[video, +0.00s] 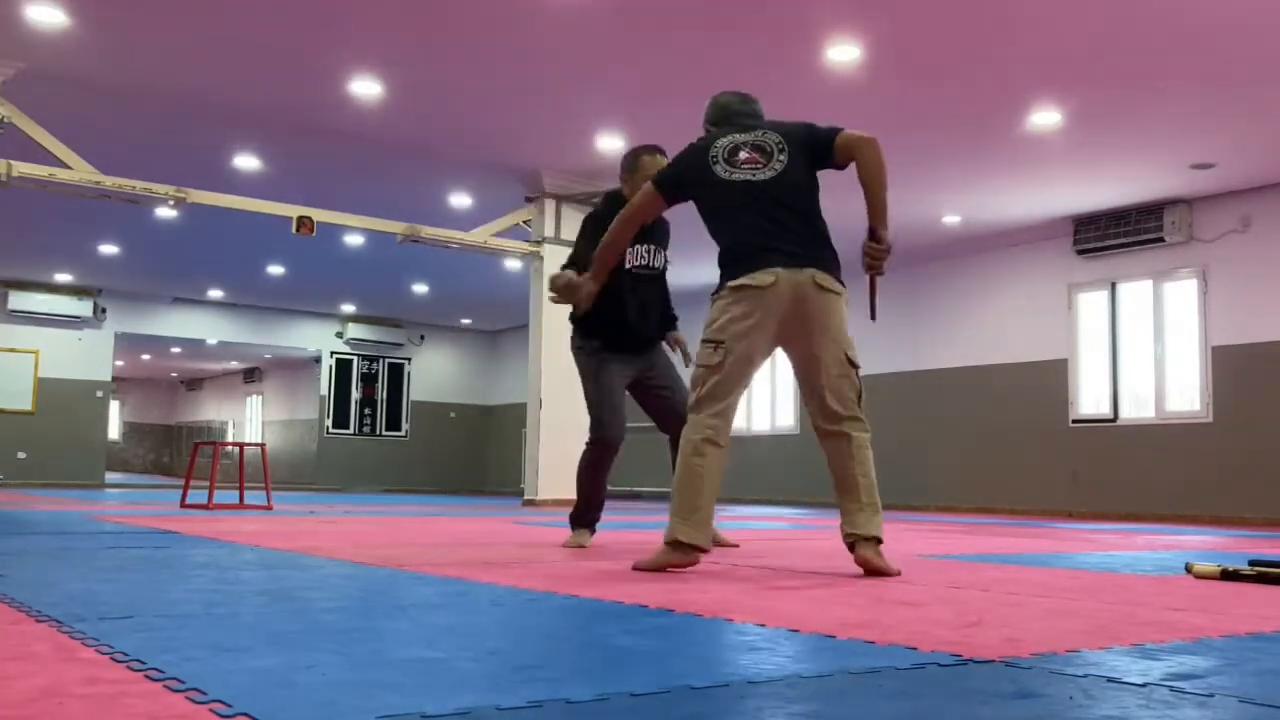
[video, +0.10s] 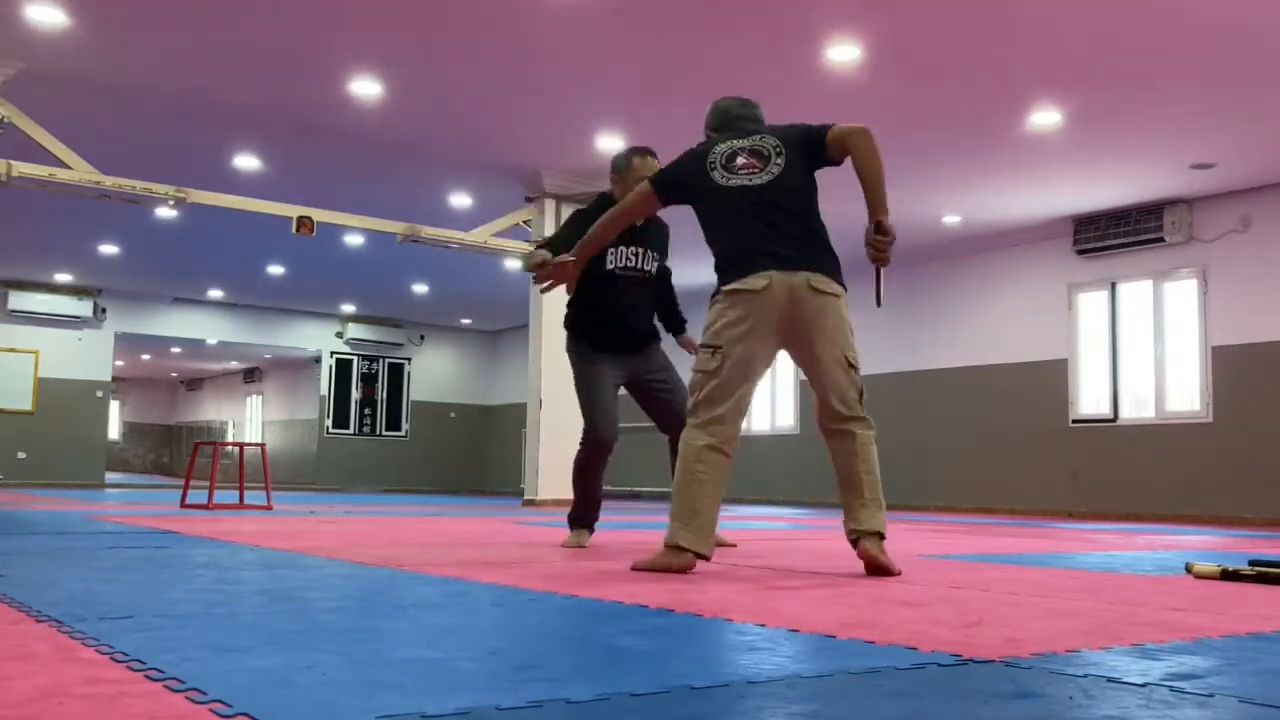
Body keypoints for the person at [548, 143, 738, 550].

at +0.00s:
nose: (661, 186)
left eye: (664, 178)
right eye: (653, 177)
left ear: (664, 181)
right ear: (627, 179)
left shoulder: (659, 226)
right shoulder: (603, 218)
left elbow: (655, 282)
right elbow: (567, 277)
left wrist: (670, 328)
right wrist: (572, 285)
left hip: (646, 348)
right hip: (600, 349)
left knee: (686, 426)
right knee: (608, 435)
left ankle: (694, 524)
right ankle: (583, 526)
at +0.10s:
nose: (653, 188)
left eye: (656, 180)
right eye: (644, 180)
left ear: (660, 182)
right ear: (618, 181)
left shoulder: (657, 228)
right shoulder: (591, 218)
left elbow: (659, 280)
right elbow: (548, 251)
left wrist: (680, 331)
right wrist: (545, 260)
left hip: (643, 347)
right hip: (593, 349)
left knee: (685, 427)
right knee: (602, 434)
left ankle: (696, 528)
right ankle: (581, 526)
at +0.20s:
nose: (646, 191)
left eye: (650, 182)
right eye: (636, 182)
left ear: (654, 183)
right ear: (610, 183)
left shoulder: (655, 225)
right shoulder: (583, 223)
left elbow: (671, 279)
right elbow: (555, 264)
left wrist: (711, 316)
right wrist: (544, 288)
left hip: (643, 348)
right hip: (592, 350)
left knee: (688, 424)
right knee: (598, 434)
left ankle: (697, 527)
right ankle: (581, 525)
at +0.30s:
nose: (649, 189)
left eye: (653, 181)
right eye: (639, 181)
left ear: (657, 182)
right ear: (613, 182)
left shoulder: (661, 232)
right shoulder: (582, 232)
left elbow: (686, 284)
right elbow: (560, 287)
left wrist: (729, 287)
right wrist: (548, 337)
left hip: (649, 351)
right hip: (596, 355)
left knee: (692, 423)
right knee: (598, 435)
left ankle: (698, 526)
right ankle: (581, 526)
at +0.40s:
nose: (661, 193)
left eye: (665, 184)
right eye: (651, 184)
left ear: (668, 186)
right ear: (624, 185)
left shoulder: (675, 234)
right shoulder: (588, 238)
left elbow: (708, 284)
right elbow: (561, 296)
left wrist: (739, 281)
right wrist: (560, 352)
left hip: (661, 354)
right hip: (608, 357)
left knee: (711, 426)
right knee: (607, 436)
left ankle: (719, 529)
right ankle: (581, 526)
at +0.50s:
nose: (687, 199)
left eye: (691, 190)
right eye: (677, 191)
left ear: (695, 192)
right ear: (651, 190)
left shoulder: (697, 237)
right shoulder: (614, 242)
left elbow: (720, 278)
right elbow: (592, 300)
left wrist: (737, 288)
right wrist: (611, 351)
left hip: (681, 360)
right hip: (629, 362)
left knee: (732, 431)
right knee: (620, 439)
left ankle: (767, 523)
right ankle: (583, 526)